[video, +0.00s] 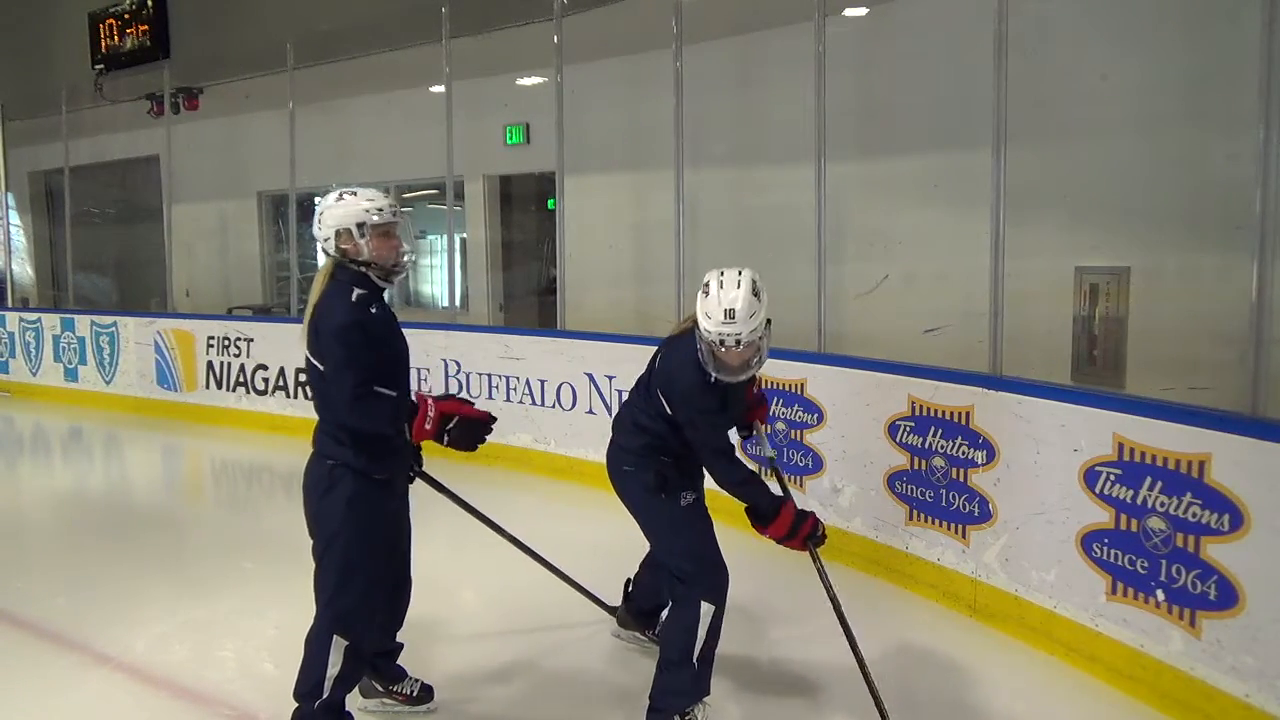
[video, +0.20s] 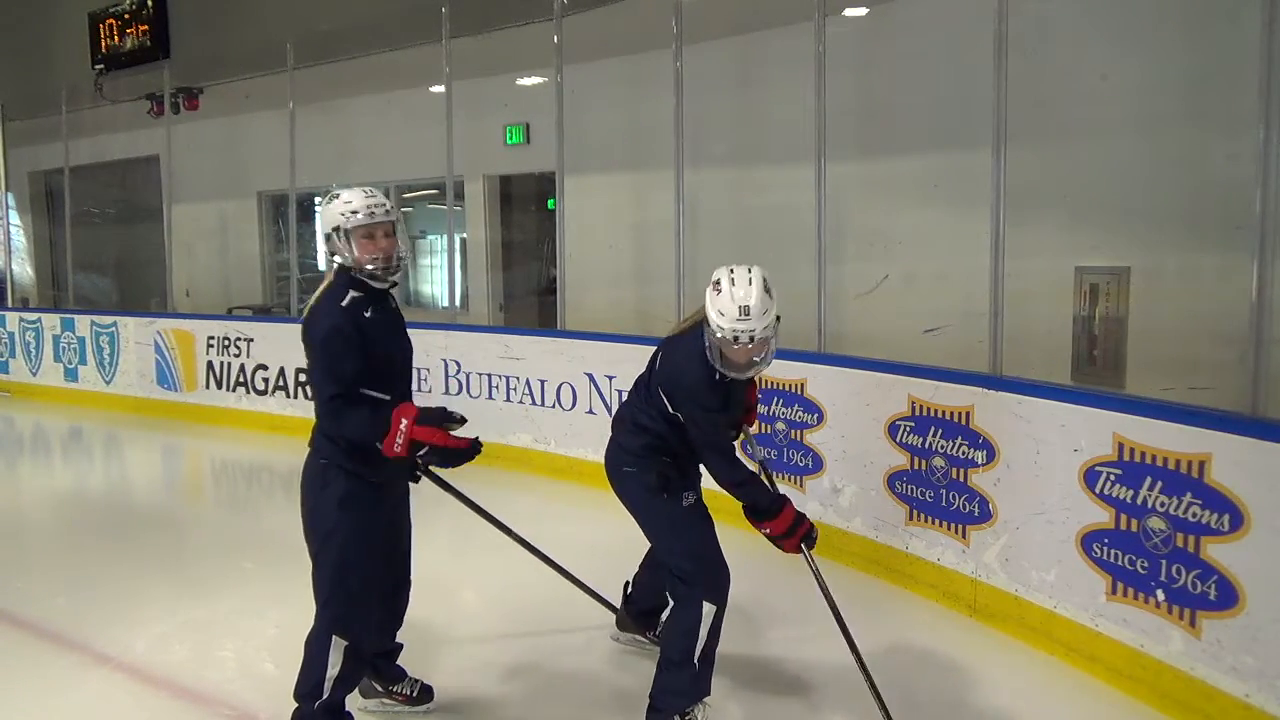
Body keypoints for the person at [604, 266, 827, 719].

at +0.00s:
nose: (734, 357)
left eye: (746, 345)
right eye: (721, 346)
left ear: (763, 334)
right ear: (704, 335)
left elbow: (738, 376)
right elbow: (721, 461)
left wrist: (748, 404)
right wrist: (781, 518)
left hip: (681, 459)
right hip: (642, 463)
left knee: (680, 542)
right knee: (704, 579)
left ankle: (638, 614)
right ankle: (672, 708)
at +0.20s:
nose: (745, 354)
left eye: (756, 342)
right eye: (733, 343)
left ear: (770, 331)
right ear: (712, 331)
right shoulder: (691, 370)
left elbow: (737, 374)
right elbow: (721, 461)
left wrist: (742, 401)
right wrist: (776, 514)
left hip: (677, 458)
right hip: (641, 462)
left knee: (679, 540)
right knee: (704, 579)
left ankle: (637, 616)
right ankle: (672, 708)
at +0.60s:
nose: (798, 326)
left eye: (802, 317)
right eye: (795, 315)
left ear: (761, 299)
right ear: (767, 303)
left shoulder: (719, 313)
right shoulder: (737, 346)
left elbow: (652, 345)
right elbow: (729, 437)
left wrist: (675, 416)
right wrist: (748, 507)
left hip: (615, 445)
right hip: (640, 459)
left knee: (665, 534)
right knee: (700, 581)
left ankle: (638, 626)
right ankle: (678, 708)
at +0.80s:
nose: (795, 328)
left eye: (801, 319)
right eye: (792, 317)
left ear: (758, 300)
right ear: (766, 304)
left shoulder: (718, 315)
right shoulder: (739, 346)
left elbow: (651, 351)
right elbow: (731, 437)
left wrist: (666, 445)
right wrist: (747, 508)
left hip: (611, 445)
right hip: (638, 459)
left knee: (658, 534)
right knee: (699, 579)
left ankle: (636, 625)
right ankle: (684, 708)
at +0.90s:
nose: (797, 333)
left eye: (803, 323)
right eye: (793, 320)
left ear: (759, 305)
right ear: (765, 308)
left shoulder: (723, 321)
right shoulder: (740, 349)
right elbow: (732, 440)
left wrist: (669, 466)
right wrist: (746, 510)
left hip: (611, 444)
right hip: (636, 456)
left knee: (656, 535)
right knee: (698, 579)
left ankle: (638, 627)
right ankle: (690, 708)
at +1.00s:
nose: (797, 340)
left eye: (804, 330)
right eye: (792, 327)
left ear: (756, 309)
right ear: (764, 313)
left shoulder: (724, 328)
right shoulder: (740, 355)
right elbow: (730, 443)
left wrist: (669, 470)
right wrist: (744, 514)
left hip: (611, 445)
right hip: (635, 457)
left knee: (656, 534)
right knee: (697, 580)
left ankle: (638, 626)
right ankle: (692, 707)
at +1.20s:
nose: (800, 344)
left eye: (807, 334)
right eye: (794, 331)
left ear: (814, 330)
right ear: (767, 318)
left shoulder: (730, 334)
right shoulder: (741, 363)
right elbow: (730, 449)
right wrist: (746, 517)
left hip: (616, 443)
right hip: (634, 454)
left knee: (659, 539)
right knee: (695, 578)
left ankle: (639, 627)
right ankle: (693, 707)